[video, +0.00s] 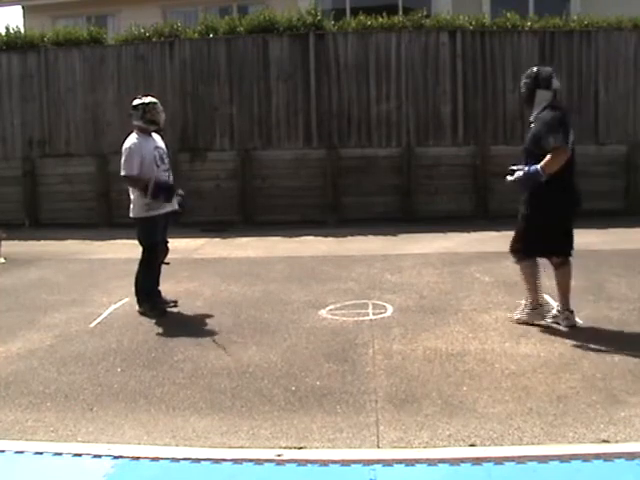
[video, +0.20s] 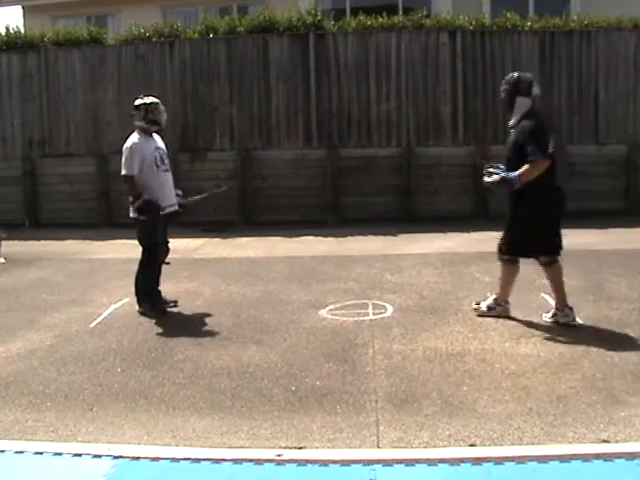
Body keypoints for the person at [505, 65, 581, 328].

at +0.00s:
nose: (522, 94)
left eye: (526, 89)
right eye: (524, 89)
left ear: (536, 91)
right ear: (548, 90)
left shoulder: (552, 118)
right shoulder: (545, 117)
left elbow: (560, 153)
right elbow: (547, 155)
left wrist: (533, 172)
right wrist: (527, 169)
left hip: (545, 199)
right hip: (555, 197)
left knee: (522, 249)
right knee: (559, 253)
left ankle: (534, 303)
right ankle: (564, 309)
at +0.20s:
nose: (502, 99)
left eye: (505, 94)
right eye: (503, 93)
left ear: (515, 97)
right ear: (526, 96)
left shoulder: (529, 126)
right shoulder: (529, 123)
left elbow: (541, 161)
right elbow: (529, 161)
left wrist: (513, 178)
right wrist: (505, 171)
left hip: (529, 200)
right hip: (543, 199)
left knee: (508, 250)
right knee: (547, 254)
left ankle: (500, 301)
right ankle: (562, 308)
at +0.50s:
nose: (479, 97)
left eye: (482, 92)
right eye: (480, 92)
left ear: (492, 95)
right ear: (500, 96)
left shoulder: (502, 125)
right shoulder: (496, 122)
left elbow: (498, 164)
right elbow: (490, 157)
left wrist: (476, 183)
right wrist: (474, 171)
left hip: (499, 196)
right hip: (497, 195)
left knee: (489, 247)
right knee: (492, 244)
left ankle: (497, 300)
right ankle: (511, 286)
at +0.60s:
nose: (472, 96)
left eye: (476, 91)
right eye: (473, 90)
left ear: (488, 94)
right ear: (490, 95)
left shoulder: (499, 123)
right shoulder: (487, 121)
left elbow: (494, 162)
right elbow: (481, 155)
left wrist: (472, 182)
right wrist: (468, 173)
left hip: (496, 195)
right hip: (487, 193)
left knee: (488, 245)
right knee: (477, 241)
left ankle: (497, 300)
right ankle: (487, 289)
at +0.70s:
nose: (463, 97)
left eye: (466, 93)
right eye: (464, 93)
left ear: (478, 96)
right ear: (481, 96)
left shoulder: (488, 124)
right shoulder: (479, 122)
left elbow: (488, 161)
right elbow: (475, 156)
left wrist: (470, 187)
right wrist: (463, 176)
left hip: (489, 196)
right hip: (479, 194)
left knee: (485, 250)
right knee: (468, 243)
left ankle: (497, 301)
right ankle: (460, 289)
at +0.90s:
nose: (446, 102)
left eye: (450, 97)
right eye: (447, 96)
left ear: (462, 99)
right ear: (463, 98)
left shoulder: (480, 125)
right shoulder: (459, 125)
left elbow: (486, 161)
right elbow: (463, 162)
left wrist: (470, 189)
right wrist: (449, 181)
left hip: (478, 197)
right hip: (461, 195)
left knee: (478, 250)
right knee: (455, 243)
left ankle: (497, 300)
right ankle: (451, 290)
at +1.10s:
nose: (435, 105)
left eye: (438, 100)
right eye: (434, 100)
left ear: (451, 99)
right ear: (446, 99)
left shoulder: (470, 121)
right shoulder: (449, 125)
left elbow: (483, 151)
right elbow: (451, 164)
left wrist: (469, 179)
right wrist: (434, 178)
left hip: (473, 193)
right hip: (455, 192)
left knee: (466, 244)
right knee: (451, 242)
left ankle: (490, 293)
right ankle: (451, 290)